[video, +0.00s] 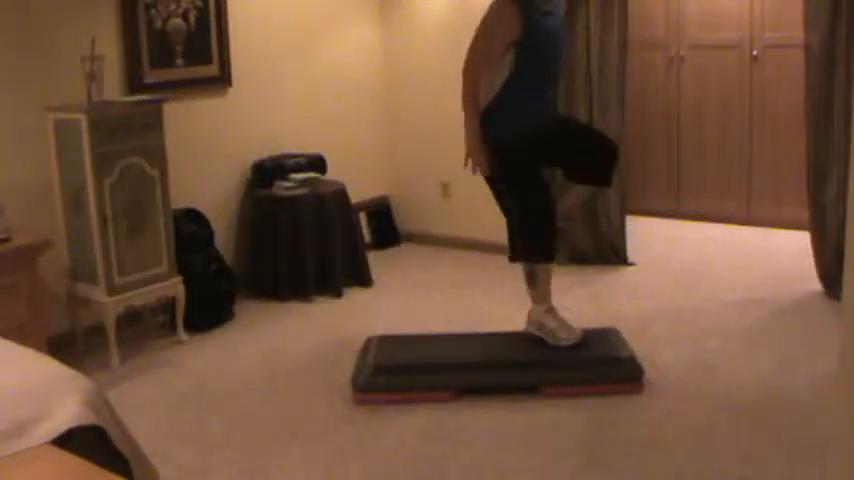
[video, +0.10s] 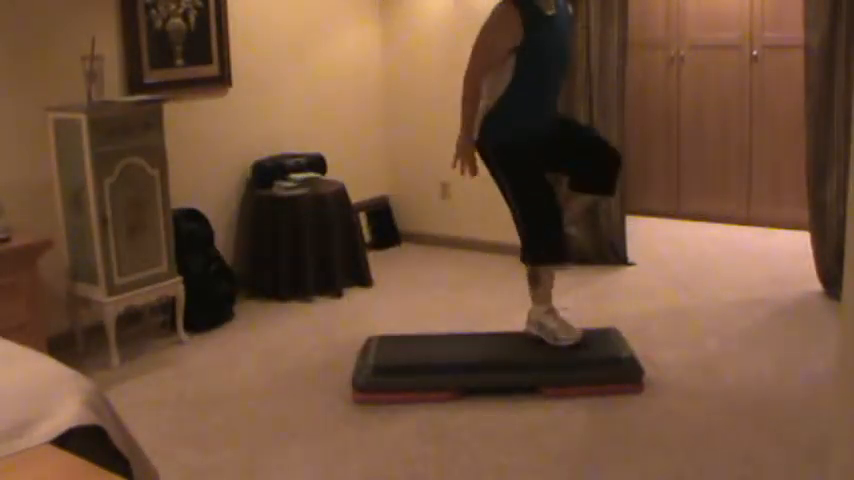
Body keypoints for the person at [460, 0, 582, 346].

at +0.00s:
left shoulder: (555, 10)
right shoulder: (509, 9)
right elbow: (472, 68)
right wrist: (474, 139)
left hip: (539, 122)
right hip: (502, 131)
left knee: (601, 154)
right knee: (536, 209)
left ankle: (557, 213)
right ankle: (541, 312)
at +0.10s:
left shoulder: (564, 11)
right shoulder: (512, 12)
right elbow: (474, 70)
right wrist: (466, 136)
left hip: (542, 124)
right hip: (503, 133)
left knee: (603, 161)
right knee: (541, 216)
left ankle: (564, 219)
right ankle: (541, 312)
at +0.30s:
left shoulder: (569, 5)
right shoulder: (500, 5)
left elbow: (602, 24)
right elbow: (457, 47)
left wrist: (637, 51)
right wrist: (446, 76)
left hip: (550, 120)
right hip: (508, 122)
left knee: (576, 213)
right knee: (529, 214)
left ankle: (560, 256)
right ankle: (539, 310)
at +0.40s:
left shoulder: (569, 9)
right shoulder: (500, 9)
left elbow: (618, 19)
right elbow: (455, 34)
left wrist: (666, 18)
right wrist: (426, 35)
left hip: (552, 128)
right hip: (509, 128)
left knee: (560, 216)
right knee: (531, 216)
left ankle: (562, 308)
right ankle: (540, 310)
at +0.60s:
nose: (516, 7)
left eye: (523, 1)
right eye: (510, 2)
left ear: (537, 4)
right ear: (503, 6)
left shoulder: (563, 35)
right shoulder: (492, 37)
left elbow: (613, 40)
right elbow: (439, 42)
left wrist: (655, 24)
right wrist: (393, 26)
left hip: (547, 149)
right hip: (502, 148)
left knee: (549, 227)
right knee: (514, 210)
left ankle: (550, 306)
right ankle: (518, 301)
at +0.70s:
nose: (507, 7)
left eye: (511, 4)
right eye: (502, 4)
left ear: (522, 1)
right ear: (495, 3)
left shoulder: (549, 28)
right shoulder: (479, 30)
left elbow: (600, 43)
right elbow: (434, 50)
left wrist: (627, 60)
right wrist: (385, 64)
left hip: (539, 142)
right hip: (491, 143)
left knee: (545, 223)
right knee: (489, 219)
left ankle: (551, 305)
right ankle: (491, 299)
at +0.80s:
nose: (489, 4)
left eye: (494, 1)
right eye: (484, 2)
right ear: (479, 2)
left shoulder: (530, 25)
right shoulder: (466, 30)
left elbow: (583, 57)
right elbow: (424, 64)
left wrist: (601, 105)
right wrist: (395, 102)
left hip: (527, 136)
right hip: (481, 139)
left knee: (541, 219)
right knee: (472, 221)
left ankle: (552, 303)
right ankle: (469, 300)